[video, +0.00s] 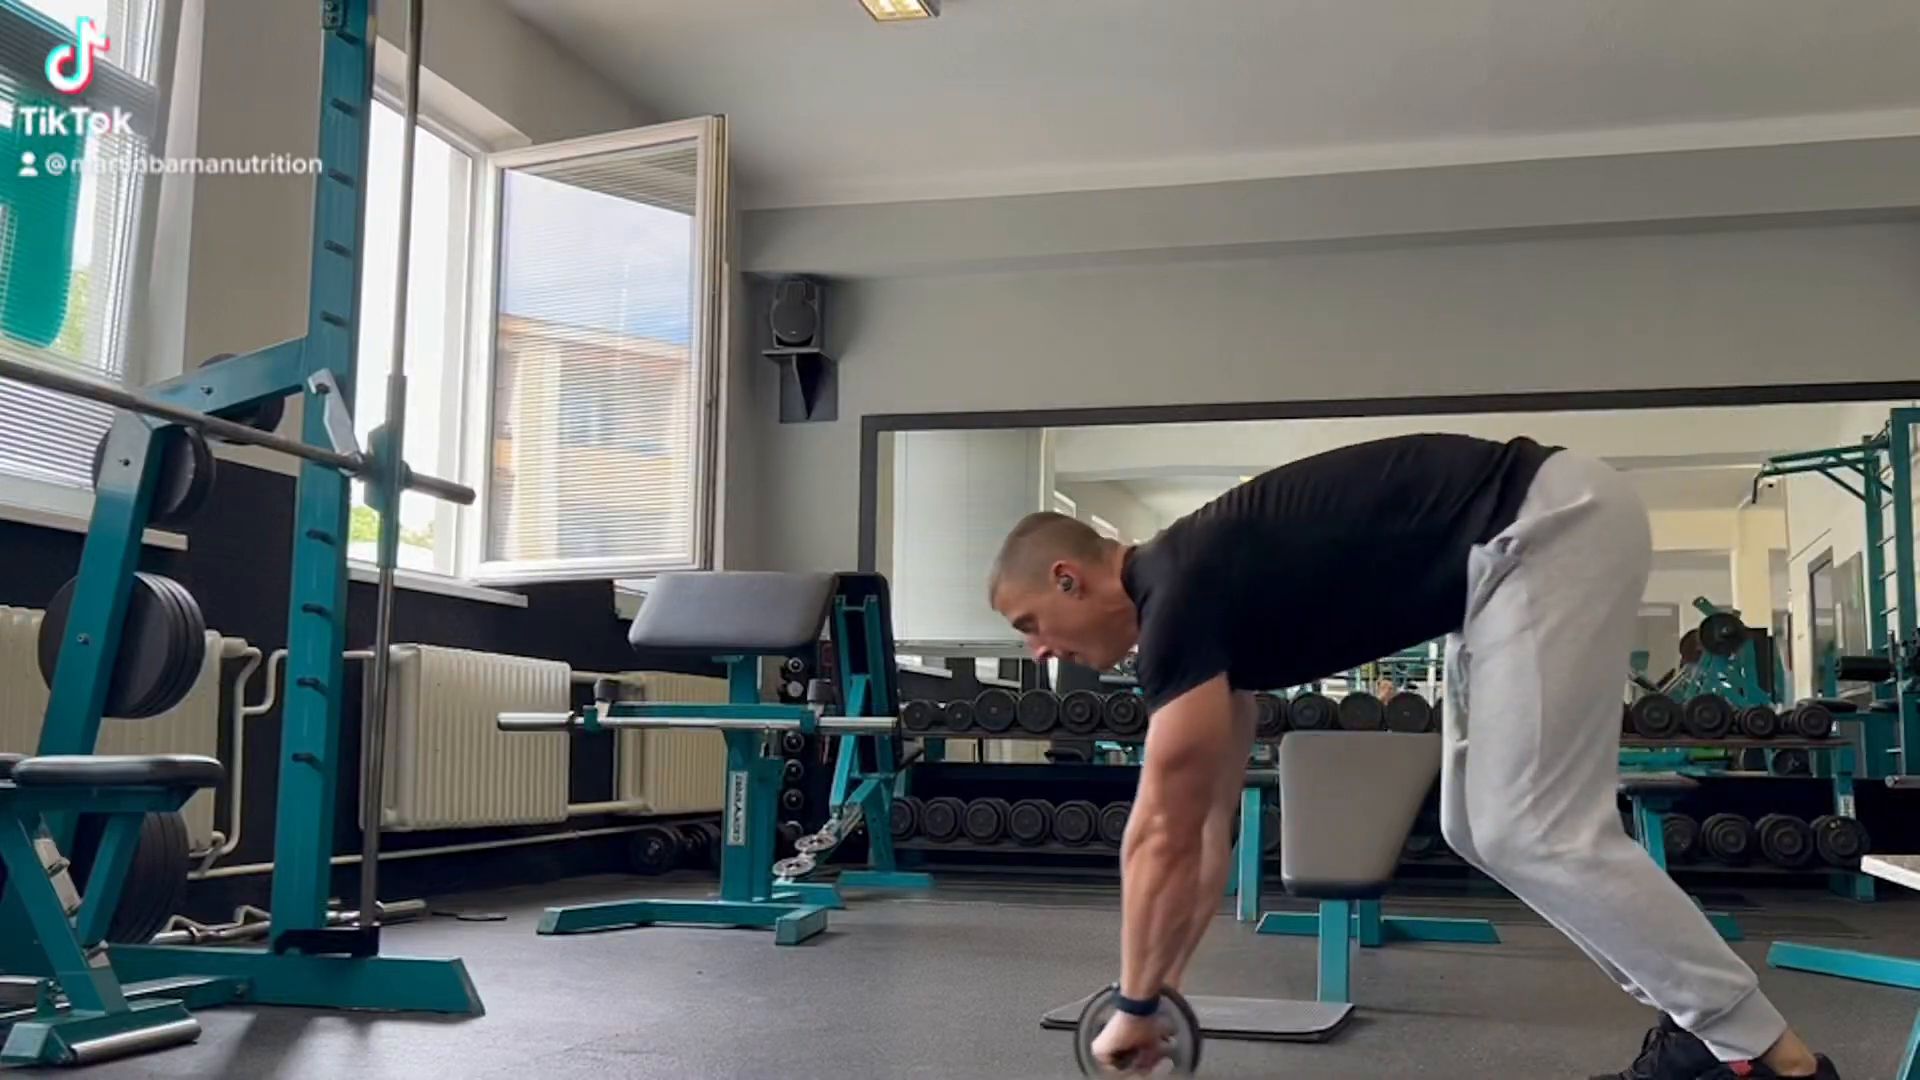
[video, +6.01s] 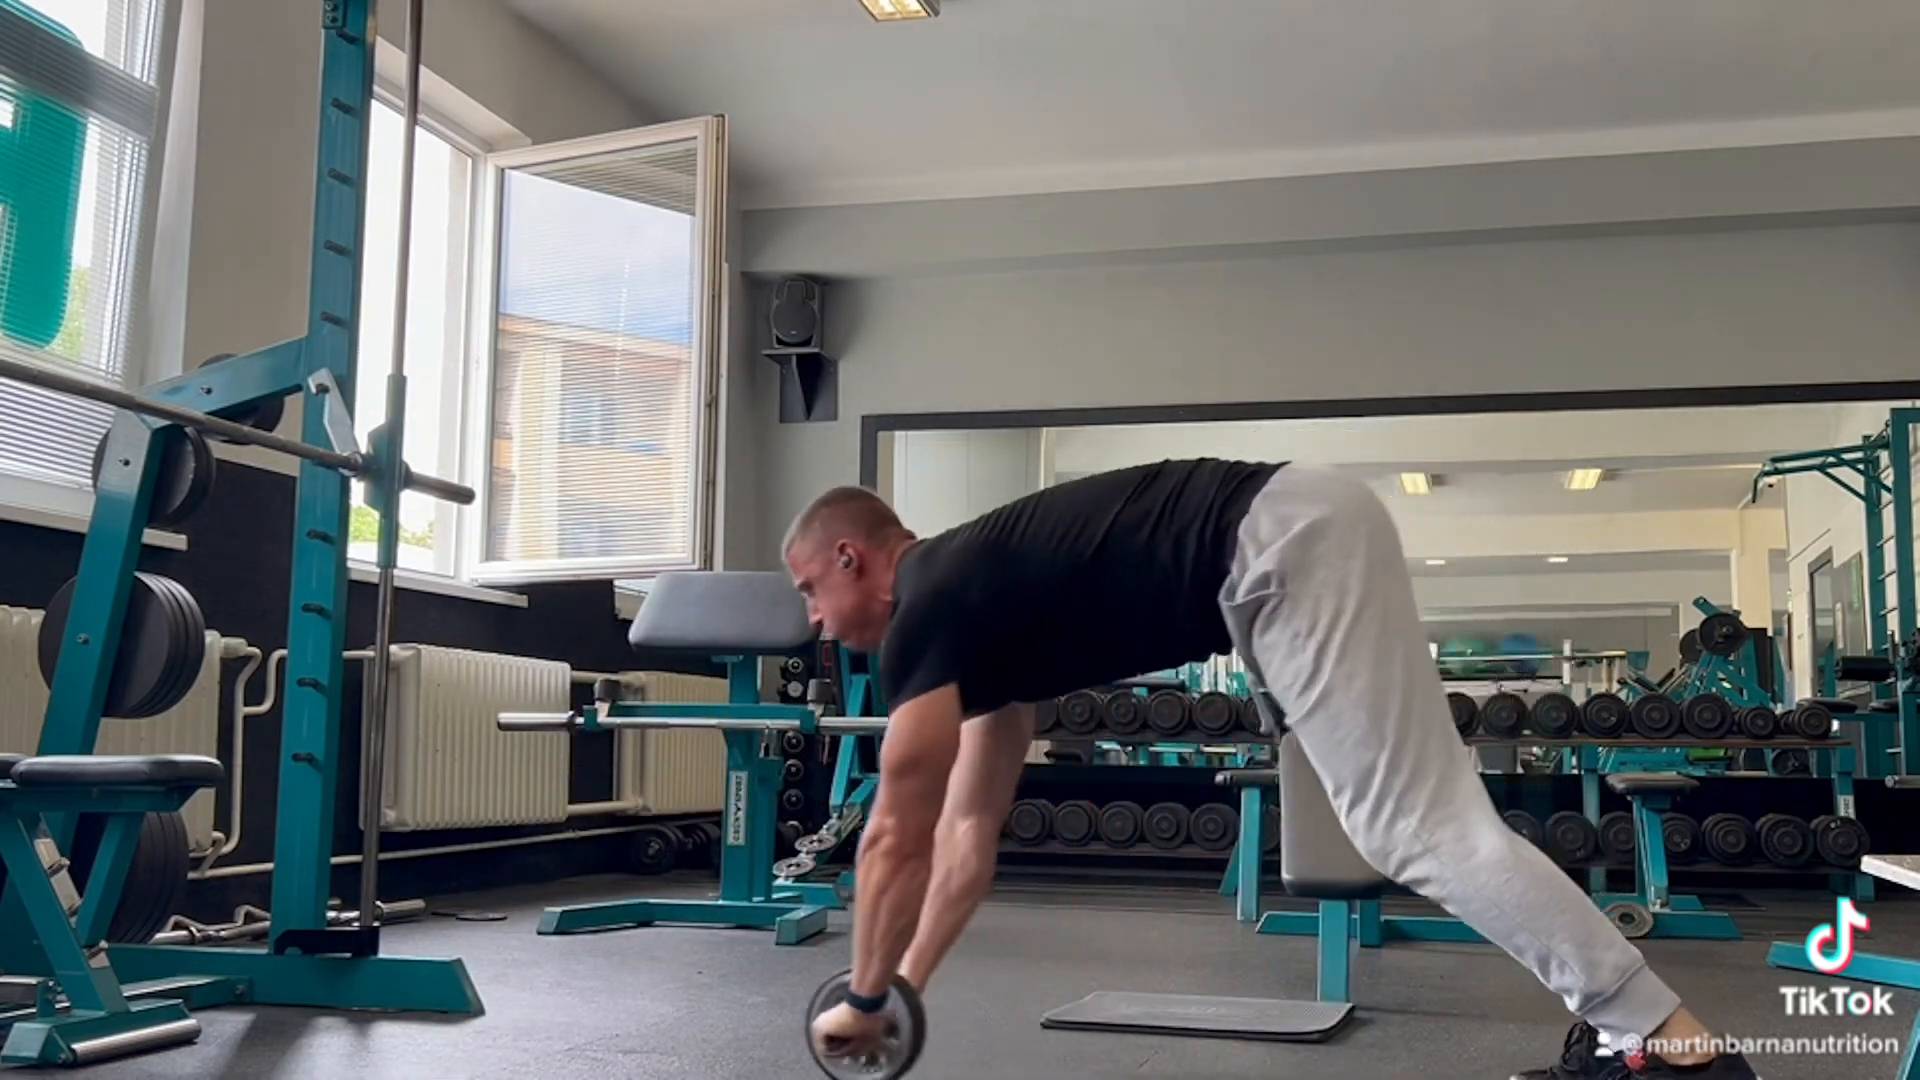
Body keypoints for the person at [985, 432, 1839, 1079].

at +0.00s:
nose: (1042, 652)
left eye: (1031, 626)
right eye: (1026, 636)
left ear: (1083, 579)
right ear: (1095, 572)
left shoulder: (1189, 593)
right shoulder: (1192, 599)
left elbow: (1167, 827)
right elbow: (1196, 830)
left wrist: (1137, 1000)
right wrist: (1150, 995)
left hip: (1549, 522)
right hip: (1500, 556)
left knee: (1526, 823)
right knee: (1481, 821)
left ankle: (1767, 1050)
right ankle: (1698, 1011)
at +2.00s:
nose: (649, 790)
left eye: (626, 774)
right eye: (635, 785)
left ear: (617, 706)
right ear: (641, 706)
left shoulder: (698, 670)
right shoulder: (763, 679)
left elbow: (720, 878)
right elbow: (808, 856)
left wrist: (689, 990)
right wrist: (737, 975)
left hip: (1053, 790)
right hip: (1065, 788)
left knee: (1285, 991)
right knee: (1301, 942)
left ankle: (1605, 993)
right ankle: (1598, 974)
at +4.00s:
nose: (559, 878)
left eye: (548, 857)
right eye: (549, 868)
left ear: (565, 795)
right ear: (597, 787)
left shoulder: (633, 800)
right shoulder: (701, 795)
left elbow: (536, 983)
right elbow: (637, 964)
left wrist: (452, 1016)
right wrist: (512, 997)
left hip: (987, 914)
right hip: (1013, 870)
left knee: (1250, 1044)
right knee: (1269, 988)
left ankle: (1567, 1003)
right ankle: (1566, 991)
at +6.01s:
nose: (815, 622)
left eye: (812, 593)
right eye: (807, 601)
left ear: (860, 554)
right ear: (885, 554)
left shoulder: (937, 597)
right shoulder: (993, 611)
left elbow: (900, 824)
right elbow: (970, 837)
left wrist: (865, 989)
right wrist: (896, 989)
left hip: (1289, 538)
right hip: (1305, 523)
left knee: (1419, 833)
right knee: (1427, 822)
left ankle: (1665, 1033)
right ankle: (1621, 1012)